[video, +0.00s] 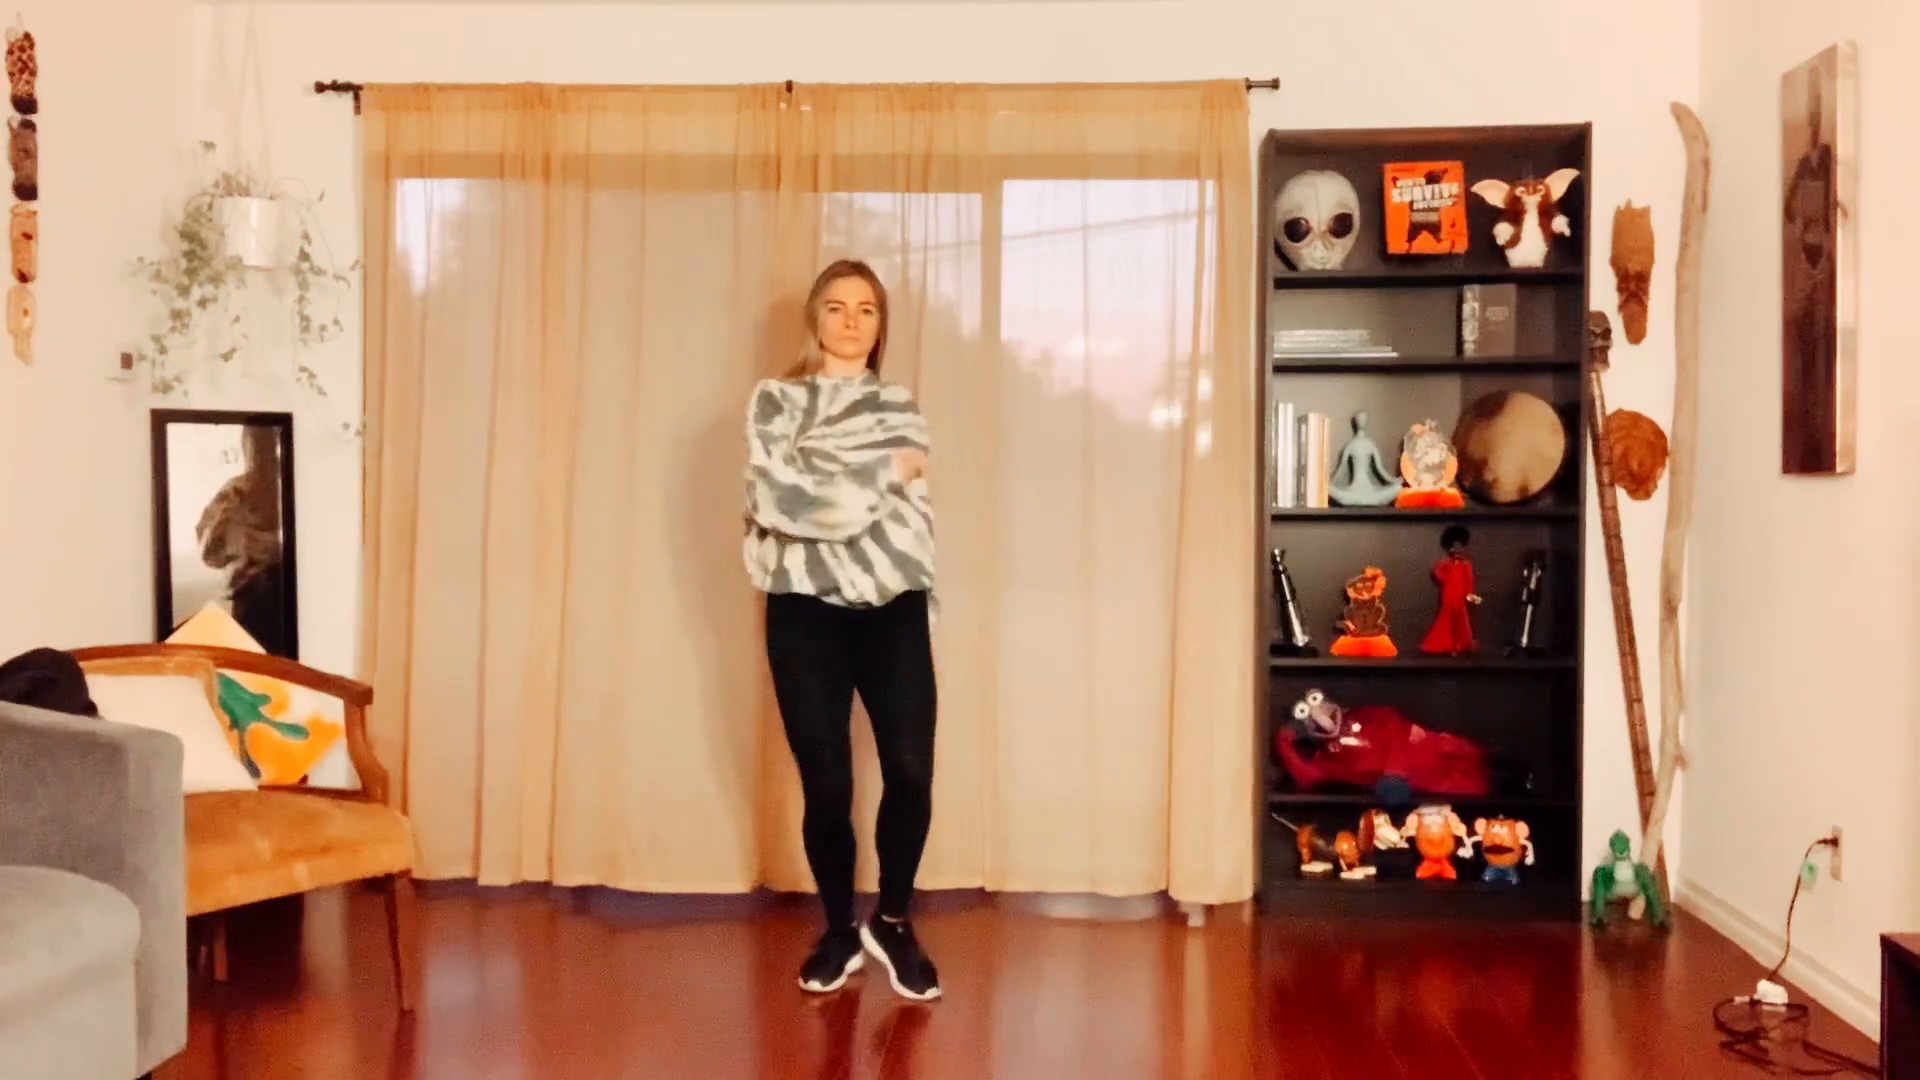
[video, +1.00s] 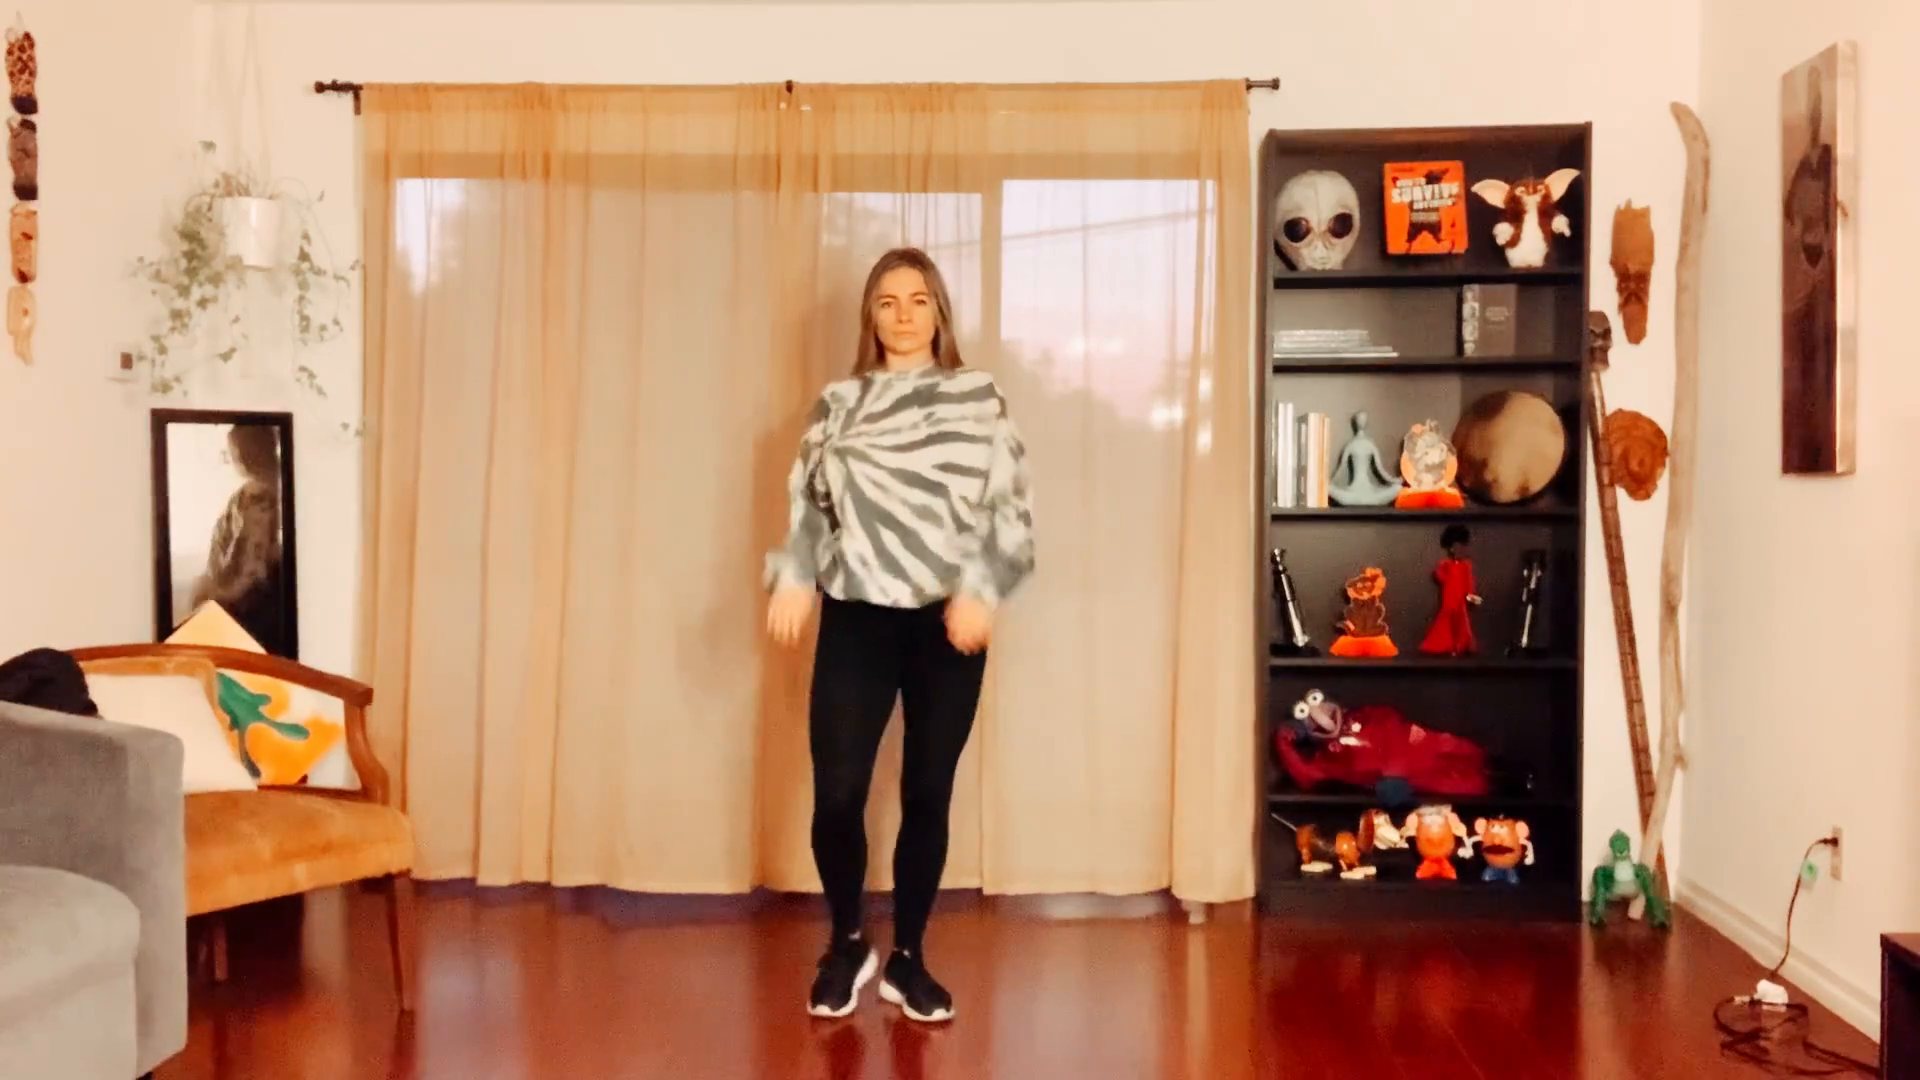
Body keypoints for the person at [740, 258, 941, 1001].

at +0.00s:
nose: (850, 319)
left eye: (864, 309)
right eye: (835, 306)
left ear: (880, 324)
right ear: (813, 318)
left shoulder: (899, 410)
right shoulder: (775, 398)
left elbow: (903, 517)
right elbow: (770, 494)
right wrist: (882, 473)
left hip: (893, 605)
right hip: (803, 607)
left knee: (911, 775)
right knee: (826, 784)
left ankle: (893, 920)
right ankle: (840, 929)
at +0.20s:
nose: (855, 320)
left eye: (869, 309)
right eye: (840, 306)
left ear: (884, 324)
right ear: (817, 317)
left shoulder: (902, 406)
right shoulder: (776, 396)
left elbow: (916, 517)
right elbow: (763, 507)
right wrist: (846, 530)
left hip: (906, 610)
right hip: (815, 613)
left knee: (915, 780)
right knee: (829, 791)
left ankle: (906, 945)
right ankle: (838, 929)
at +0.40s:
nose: (868, 317)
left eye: (883, 306)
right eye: (853, 305)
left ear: (900, 320)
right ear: (830, 317)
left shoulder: (922, 407)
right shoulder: (795, 396)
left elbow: (945, 518)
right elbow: (736, 480)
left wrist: (966, 623)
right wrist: (678, 563)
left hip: (929, 616)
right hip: (838, 617)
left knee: (926, 791)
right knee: (832, 794)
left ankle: (909, 955)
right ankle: (835, 923)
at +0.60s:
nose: (887, 317)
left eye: (901, 305)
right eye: (871, 305)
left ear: (919, 319)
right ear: (850, 318)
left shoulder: (944, 412)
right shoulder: (817, 400)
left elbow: (970, 525)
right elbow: (742, 485)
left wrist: (996, 629)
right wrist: (670, 584)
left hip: (952, 621)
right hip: (861, 622)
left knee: (931, 796)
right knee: (843, 799)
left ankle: (908, 955)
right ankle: (839, 914)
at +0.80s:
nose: (900, 315)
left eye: (915, 303)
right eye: (884, 304)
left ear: (934, 316)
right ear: (865, 317)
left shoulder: (965, 407)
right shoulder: (833, 403)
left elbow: (998, 520)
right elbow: (799, 515)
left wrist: (1017, 629)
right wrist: (794, 623)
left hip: (958, 619)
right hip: (866, 619)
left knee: (933, 796)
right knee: (866, 798)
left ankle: (908, 957)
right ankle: (844, 920)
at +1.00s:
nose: (902, 312)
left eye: (917, 300)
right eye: (887, 301)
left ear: (939, 311)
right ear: (870, 314)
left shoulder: (978, 398)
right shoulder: (841, 401)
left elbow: (1011, 513)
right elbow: (809, 501)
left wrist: (984, 590)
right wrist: (795, 574)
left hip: (947, 623)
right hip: (855, 618)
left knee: (926, 796)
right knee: (836, 796)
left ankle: (906, 959)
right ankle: (845, 944)